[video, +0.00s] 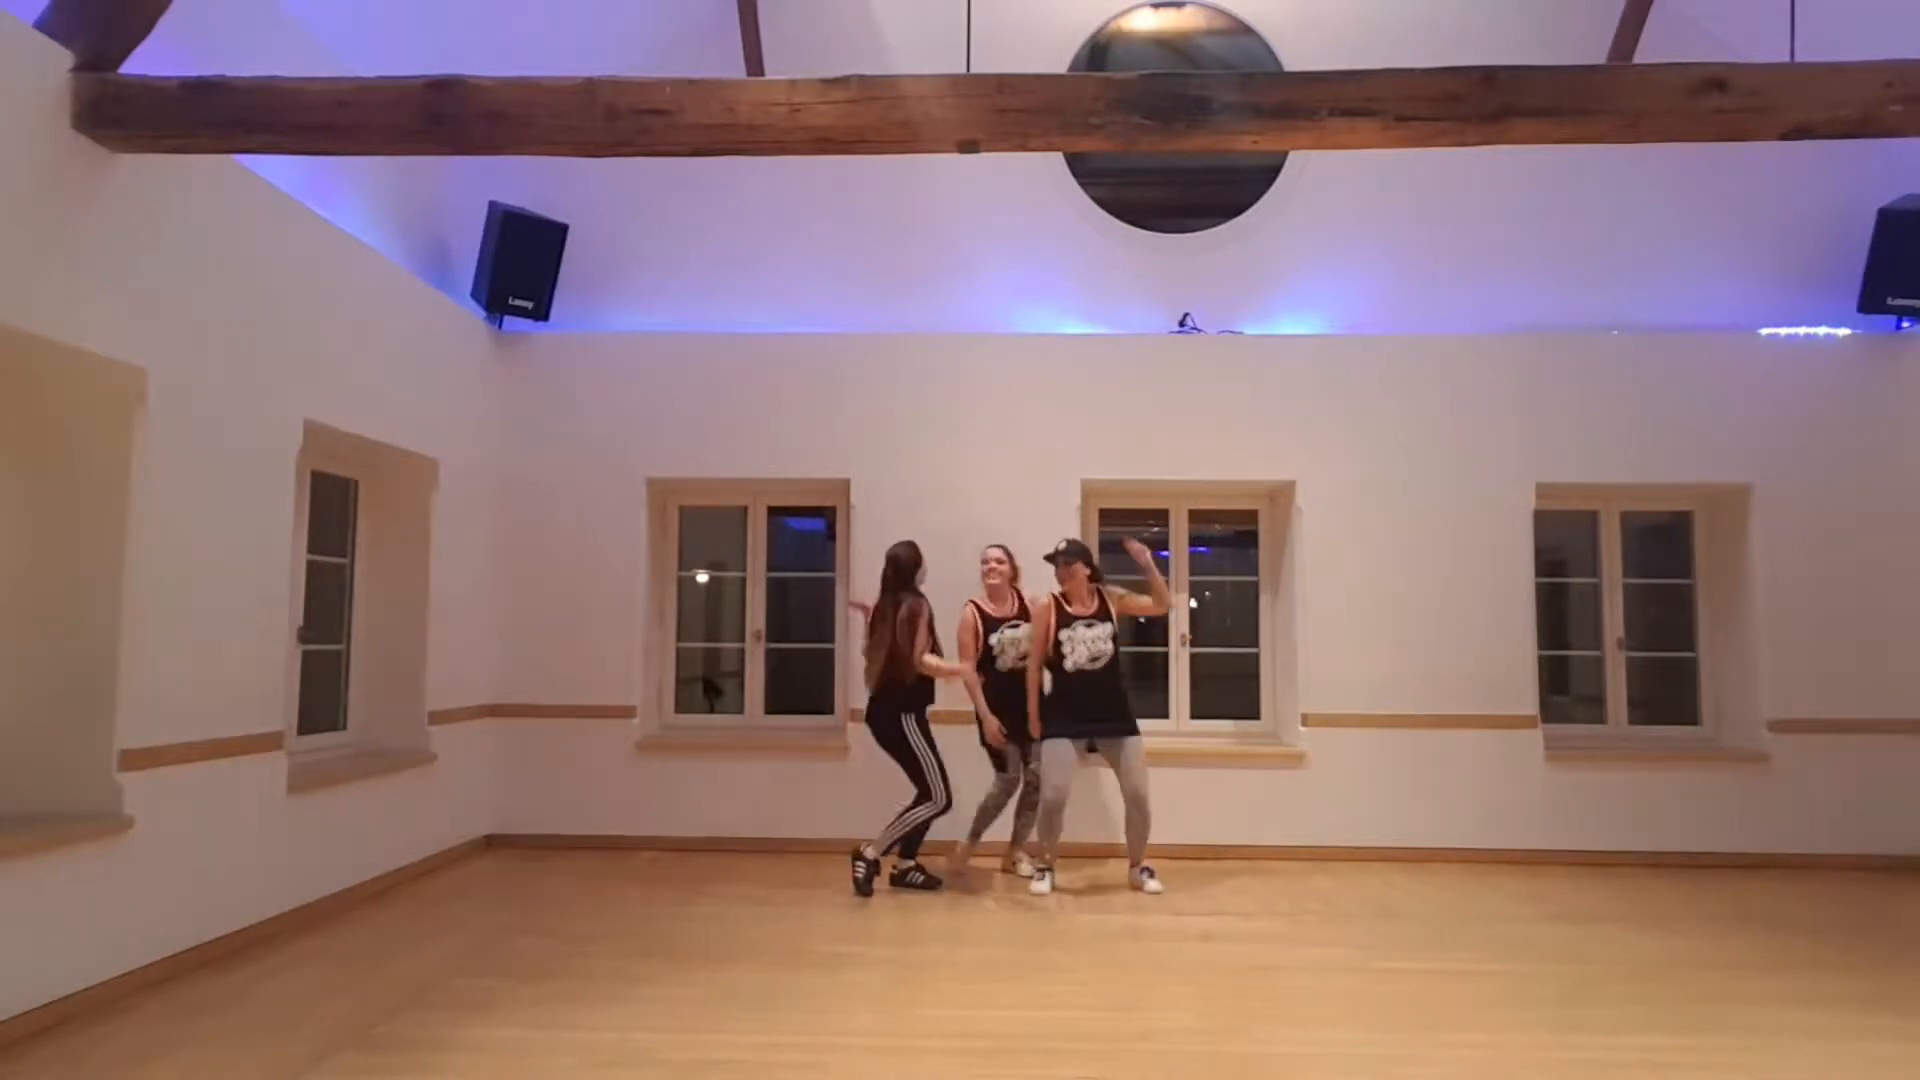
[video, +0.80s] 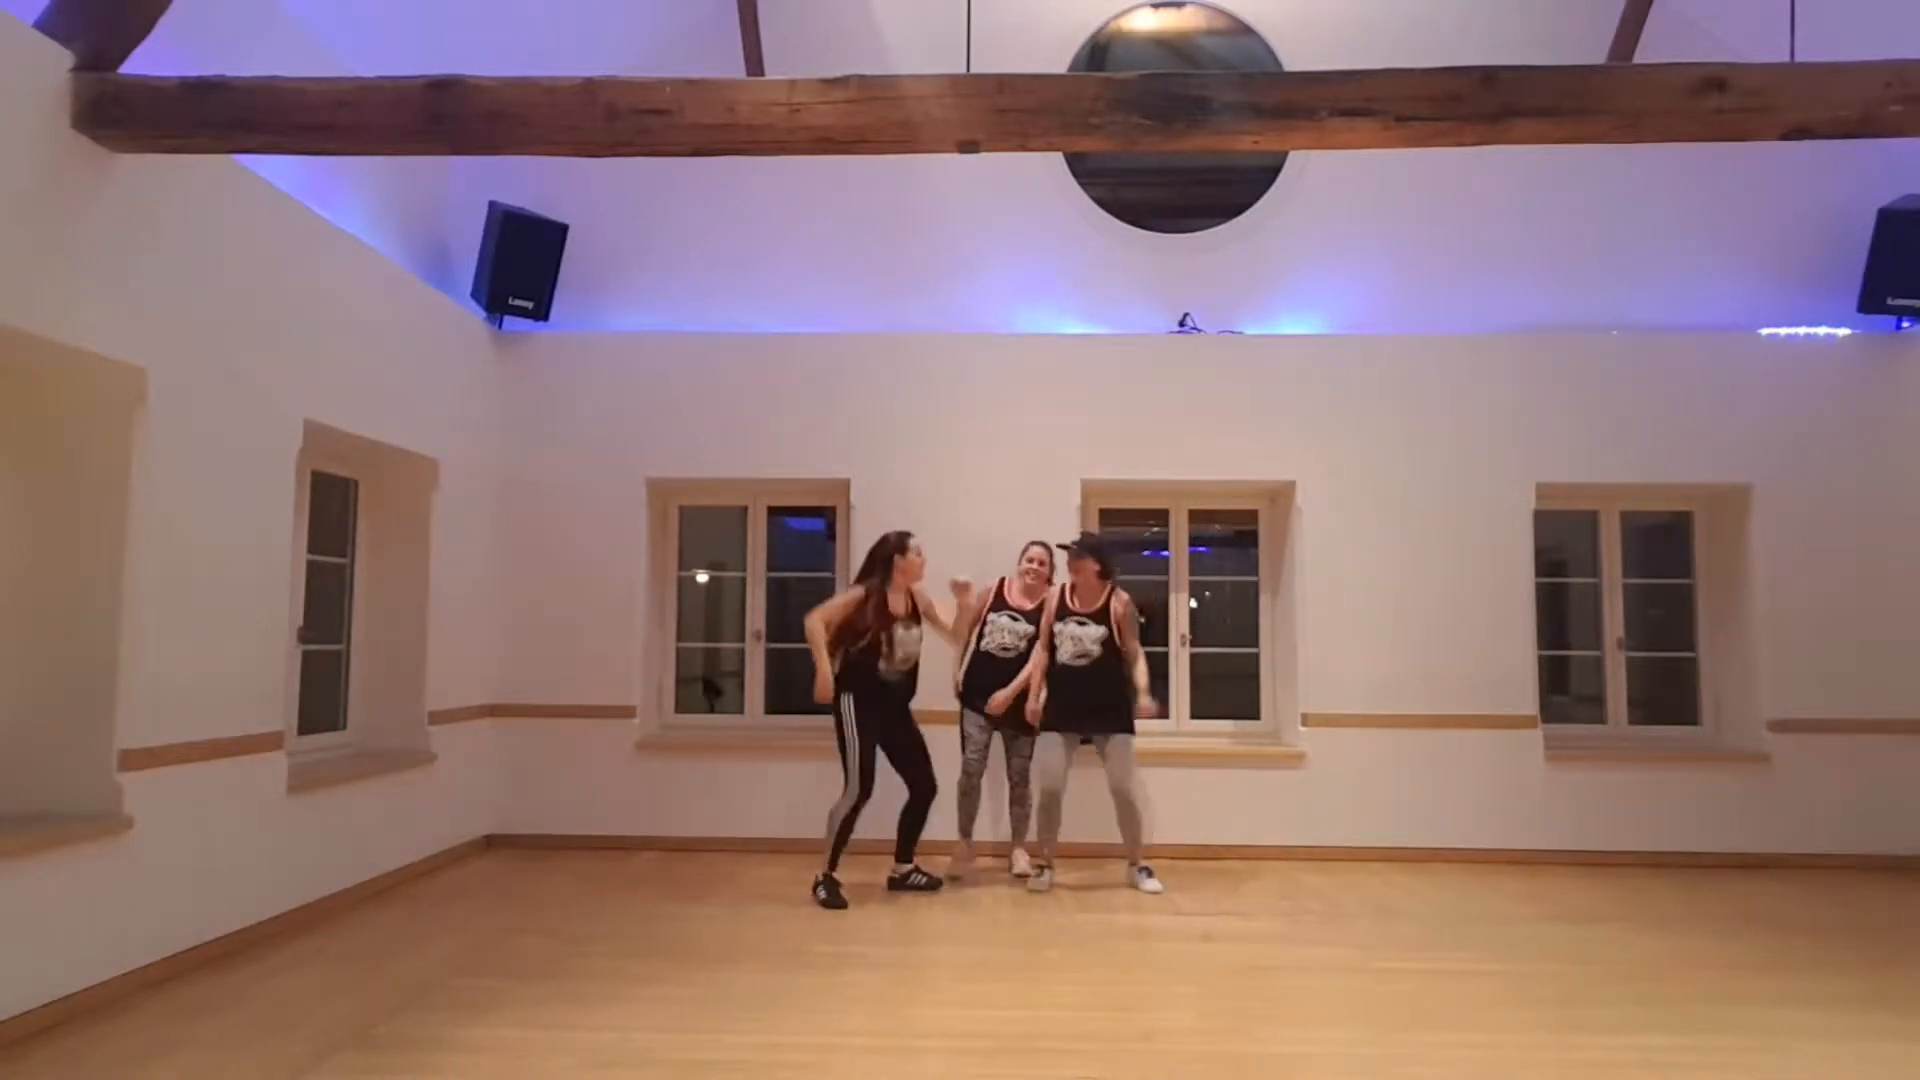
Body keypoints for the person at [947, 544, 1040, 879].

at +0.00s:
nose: (991, 567)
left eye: (999, 561)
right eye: (986, 562)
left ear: (1012, 569)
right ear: (980, 570)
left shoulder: (1028, 606)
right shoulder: (973, 613)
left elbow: (1045, 652)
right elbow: (968, 669)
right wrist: (986, 715)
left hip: (1029, 697)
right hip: (994, 702)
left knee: (1034, 778)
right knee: (1009, 777)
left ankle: (1017, 851)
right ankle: (968, 844)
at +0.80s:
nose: (1034, 567)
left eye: (1041, 563)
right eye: (1029, 561)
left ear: (1050, 572)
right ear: (1018, 564)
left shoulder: (1050, 605)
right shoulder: (992, 591)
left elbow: (1042, 653)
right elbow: (967, 631)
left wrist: (1011, 691)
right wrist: (957, 670)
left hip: (1021, 696)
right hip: (978, 690)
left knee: (1019, 775)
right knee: (972, 768)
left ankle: (1019, 847)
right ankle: (965, 841)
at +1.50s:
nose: (1006, 567)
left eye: (1012, 562)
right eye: (1001, 561)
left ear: (1025, 566)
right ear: (993, 565)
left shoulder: (1036, 598)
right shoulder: (979, 599)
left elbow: (1052, 639)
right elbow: (964, 647)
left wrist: (1052, 688)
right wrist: (990, 631)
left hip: (1022, 697)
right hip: (981, 697)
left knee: (1027, 772)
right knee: (971, 771)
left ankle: (1014, 846)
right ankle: (963, 844)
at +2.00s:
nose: (977, 569)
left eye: (983, 563)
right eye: (971, 563)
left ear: (994, 563)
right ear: (964, 562)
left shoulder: (1004, 587)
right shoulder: (955, 582)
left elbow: (1015, 626)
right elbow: (946, 621)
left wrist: (1018, 662)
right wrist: (953, 659)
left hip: (997, 681)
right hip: (959, 680)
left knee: (1000, 765)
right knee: (959, 766)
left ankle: (1000, 840)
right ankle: (953, 841)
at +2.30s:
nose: (974, 581)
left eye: (980, 575)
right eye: (968, 575)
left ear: (992, 578)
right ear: (960, 578)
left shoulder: (1001, 611)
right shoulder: (944, 610)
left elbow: (1013, 653)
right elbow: (928, 657)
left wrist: (1009, 675)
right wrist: (910, 691)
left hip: (992, 700)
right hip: (955, 704)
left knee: (997, 776)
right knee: (973, 775)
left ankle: (986, 846)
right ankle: (962, 844)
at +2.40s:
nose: (959, 580)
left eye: (966, 574)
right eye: (954, 575)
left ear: (978, 577)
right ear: (946, 579)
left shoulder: (996, 610)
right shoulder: (938, 615)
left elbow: (1014, 660)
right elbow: (914, 661)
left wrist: (1017, 708)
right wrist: (897, 659)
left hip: (991, 704)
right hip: (951, 705)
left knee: (997, 776)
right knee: (952, 774)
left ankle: (987, 846)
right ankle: (953, 844)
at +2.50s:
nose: (943, 577)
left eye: (950, 571)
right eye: (937, 572)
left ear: (961, 574)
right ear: (929, 576)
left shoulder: (982, 603)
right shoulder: (927, 613)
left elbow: (1004, 649)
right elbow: (889, 648)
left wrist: (1016, 694)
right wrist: (896, 621)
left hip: (986, 701)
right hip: (944, 703)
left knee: (996, 775)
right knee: (926, 769)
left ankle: (988, 845)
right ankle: (927, 843)